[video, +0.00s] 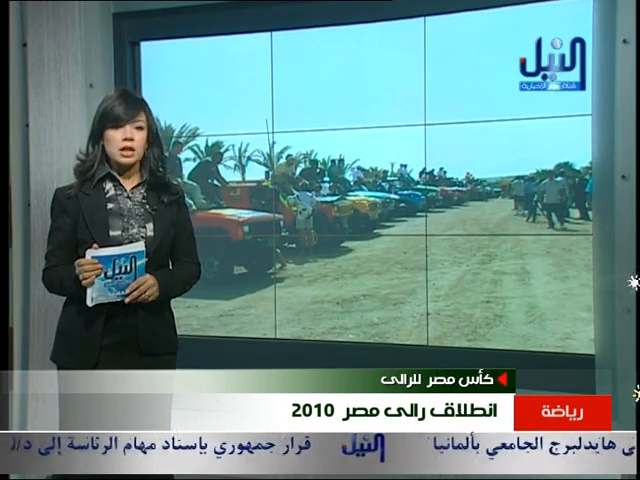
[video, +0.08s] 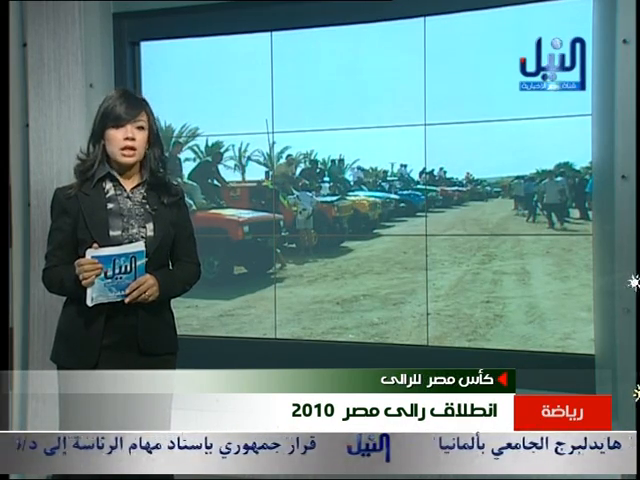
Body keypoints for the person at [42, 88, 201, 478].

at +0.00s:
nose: (128, 136)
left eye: (137, 128)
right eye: (117, 127)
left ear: (149, 137)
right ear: (101, 137)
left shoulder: (170, 197)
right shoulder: (71, 198)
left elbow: (189, 267)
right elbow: (52, 274)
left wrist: (161, 282)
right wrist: (76, 276)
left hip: (151, 349)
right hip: (86, 349)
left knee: (151, 452)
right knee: (85, 452)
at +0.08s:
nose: (129, 136)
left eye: (139, 127)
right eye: (119, 127)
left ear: (150, 137)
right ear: (102, 136)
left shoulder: (170, 197)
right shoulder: (71, 199)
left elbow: (189, 267)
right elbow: (52, 274)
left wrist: (162, 282)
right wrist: (76, 276)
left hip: (152, 349)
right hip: (86, 349)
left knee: (150, 452)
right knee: (84, 452)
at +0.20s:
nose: (130, 135)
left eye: (139, 127)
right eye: (120, 126)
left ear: (150, 137)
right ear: (102, 136)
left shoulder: (170, 197)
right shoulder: (72, 198)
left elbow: (189, 267)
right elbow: (52, 274)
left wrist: (162, 282)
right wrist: (76, 276)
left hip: (151, 349)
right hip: (86, 350)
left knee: (151, 452)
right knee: (84, 452)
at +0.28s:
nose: (130, 134)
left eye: (139, 126)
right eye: (120, 125)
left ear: (151, 136)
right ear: (102, 135)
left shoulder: (170, 196)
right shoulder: (72, 198)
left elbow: (189, 267)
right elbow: (52, 274)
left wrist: (162, 282)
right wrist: (75, 276)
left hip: (152, 349)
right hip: (87, 349)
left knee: (151, 451)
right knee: (84, 452)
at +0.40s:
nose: (130, 133)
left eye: (139, 125)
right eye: (120, 124)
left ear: (151, 135)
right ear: (102, 135)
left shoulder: (170, 197)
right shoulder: (71, 197)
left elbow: (189, 267)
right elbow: (52, 273)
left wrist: (161, 282)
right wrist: (76, 275)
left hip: (151, 349)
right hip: (86, 349)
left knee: (151, 451)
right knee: (83, 452)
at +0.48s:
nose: (131, 133)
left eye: (140, 124)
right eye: (120, 124)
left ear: (151, 135)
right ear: (102, 135)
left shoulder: (170, 196)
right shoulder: (71, 198)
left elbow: (189, 267)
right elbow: (52, 273)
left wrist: (161, 282)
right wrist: (76, 274)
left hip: (151, 348)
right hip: (86, 349)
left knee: (150, 452)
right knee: (83, 452)